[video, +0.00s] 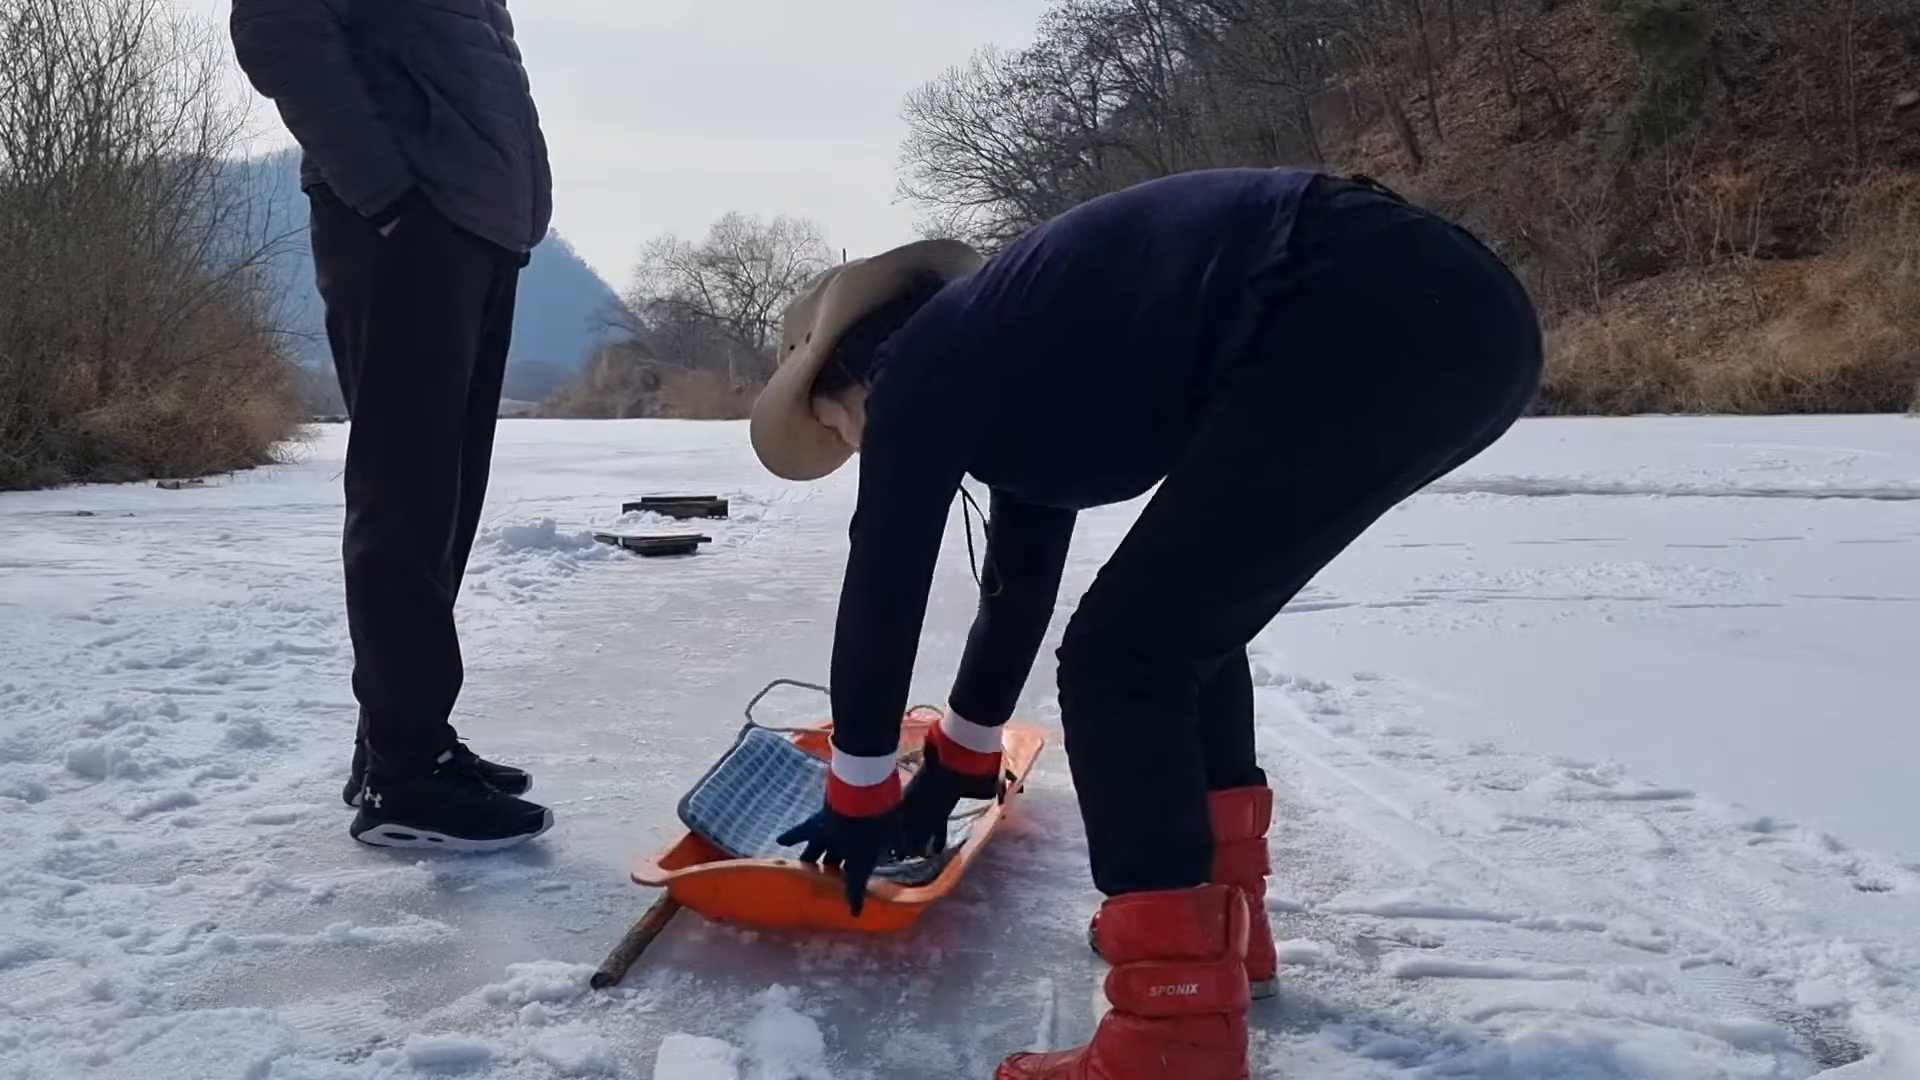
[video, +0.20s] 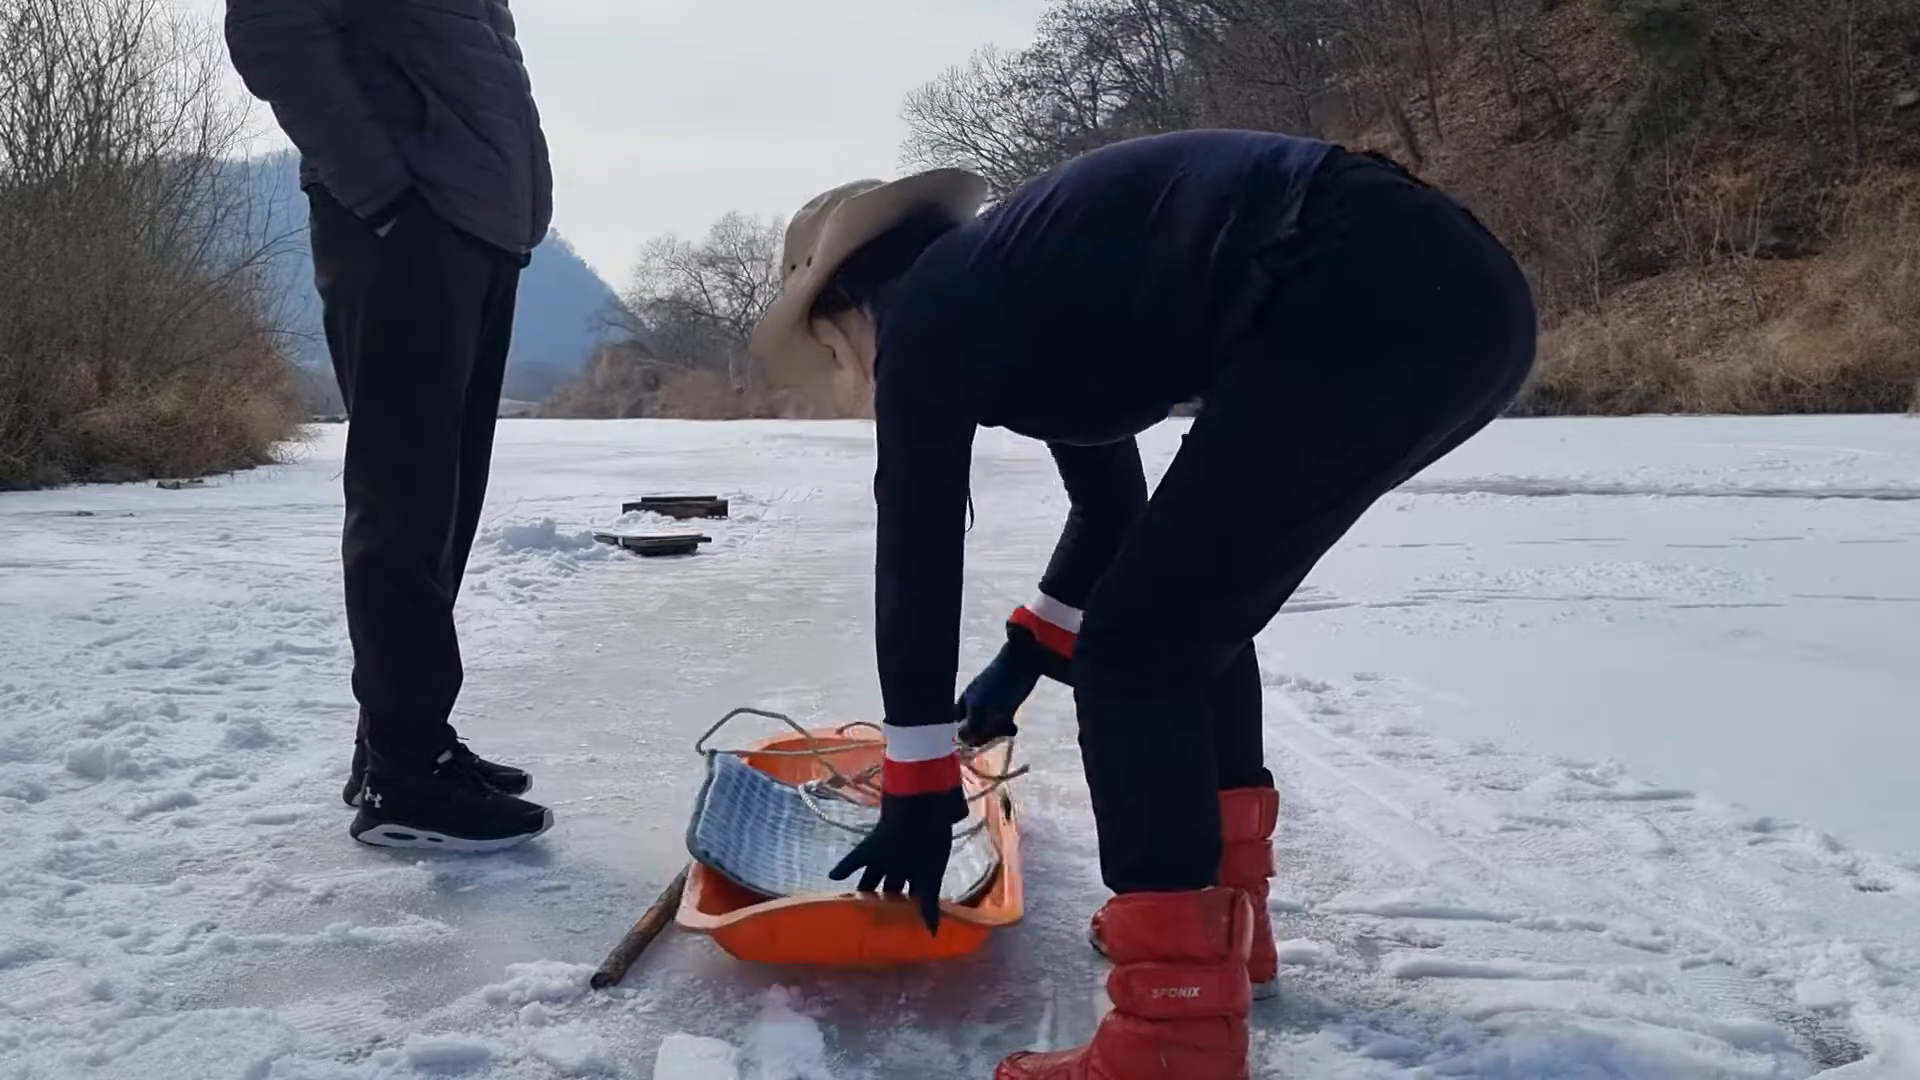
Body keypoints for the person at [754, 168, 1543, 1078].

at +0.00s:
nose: (856, 452)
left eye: (840, 428)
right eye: (838, 437)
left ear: (855, 378)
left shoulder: (917, 383)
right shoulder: (1046, 405)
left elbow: (876, 614)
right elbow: (1016, 598)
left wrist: (858, 800)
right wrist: (954, 763)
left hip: (1370, 329)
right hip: (1459, 325)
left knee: (1112, 654)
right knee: (1192, 631)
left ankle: (1172, 1030)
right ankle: (1228, 922)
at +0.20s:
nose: (858, 369)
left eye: (843, 339)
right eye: (839, 348)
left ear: (865, 298)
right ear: (924, 261)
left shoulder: (926, 325)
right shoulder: (1051, 318)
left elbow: (916, 572)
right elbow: (1112, 514)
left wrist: (919, 791)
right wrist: (1018, 665)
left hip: (1371, 307)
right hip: (1450, 304)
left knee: (1131, 645)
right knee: (1197, 618)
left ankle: (1171, 1029)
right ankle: (1232, 924)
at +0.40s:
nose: (862, 322)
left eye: (847, 291)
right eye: (844, 303)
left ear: (875, 247)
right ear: (937, 203)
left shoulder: (936, 275)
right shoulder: (1061, 232)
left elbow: (960, 531)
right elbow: (1102, 412)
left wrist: (961, 764)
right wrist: (1003, 506)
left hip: (1356, 299)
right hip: (1449, 292)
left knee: (1147, 637)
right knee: (1212, 621)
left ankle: (1173, 1033)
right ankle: (1227, 920)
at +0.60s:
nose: (879, 254)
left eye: (866, 231)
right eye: (864, 242)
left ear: (876, 181)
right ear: (946, 133)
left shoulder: (941, 196)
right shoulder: (1048, 178)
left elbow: (970, 426)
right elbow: (1055, 381)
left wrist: (974, 655)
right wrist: (963, 459)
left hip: (1330, 275)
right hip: (1438, 278)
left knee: (1144, 634)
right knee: (1209, 616)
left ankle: (1174, 1027)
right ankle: (1234, 926)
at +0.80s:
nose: (877, 187)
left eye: (860, 159)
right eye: (859, 172)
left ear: (876, 108)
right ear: (951, 72)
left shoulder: (936, 126)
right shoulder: (1070, 151)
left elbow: (965, 331)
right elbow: (1102, 381)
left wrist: (947, 552)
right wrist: (1037, 542)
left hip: (1290, 259)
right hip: (1403, 269)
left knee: (1117, 615)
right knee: (1170, 597)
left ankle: (1166, 1014)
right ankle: (1230, 916)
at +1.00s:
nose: (873, 190)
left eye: (858, 160)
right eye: (855, 176)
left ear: (876, 105)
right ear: (950, 76)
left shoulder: (934, 117)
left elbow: (939, 322)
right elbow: (1105, 354)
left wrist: (894, 541)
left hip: (1246, 247)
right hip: (1386, 282)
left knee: (1019, 557)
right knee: (1150, 578)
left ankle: (1022, 950)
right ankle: (1221, 904)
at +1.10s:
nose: (869, 219)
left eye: (855, 192)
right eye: (852, 205)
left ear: (870, 132)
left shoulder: (926, 135)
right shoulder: (1065, 169)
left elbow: (924, 345)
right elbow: (1095, 394)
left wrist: (861, 554)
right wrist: (1048, 628)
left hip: (1226, 254)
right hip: (1369, 296)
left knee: (985, 562)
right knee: (1134, 582)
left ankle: (890, 956)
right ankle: (1223, 903)